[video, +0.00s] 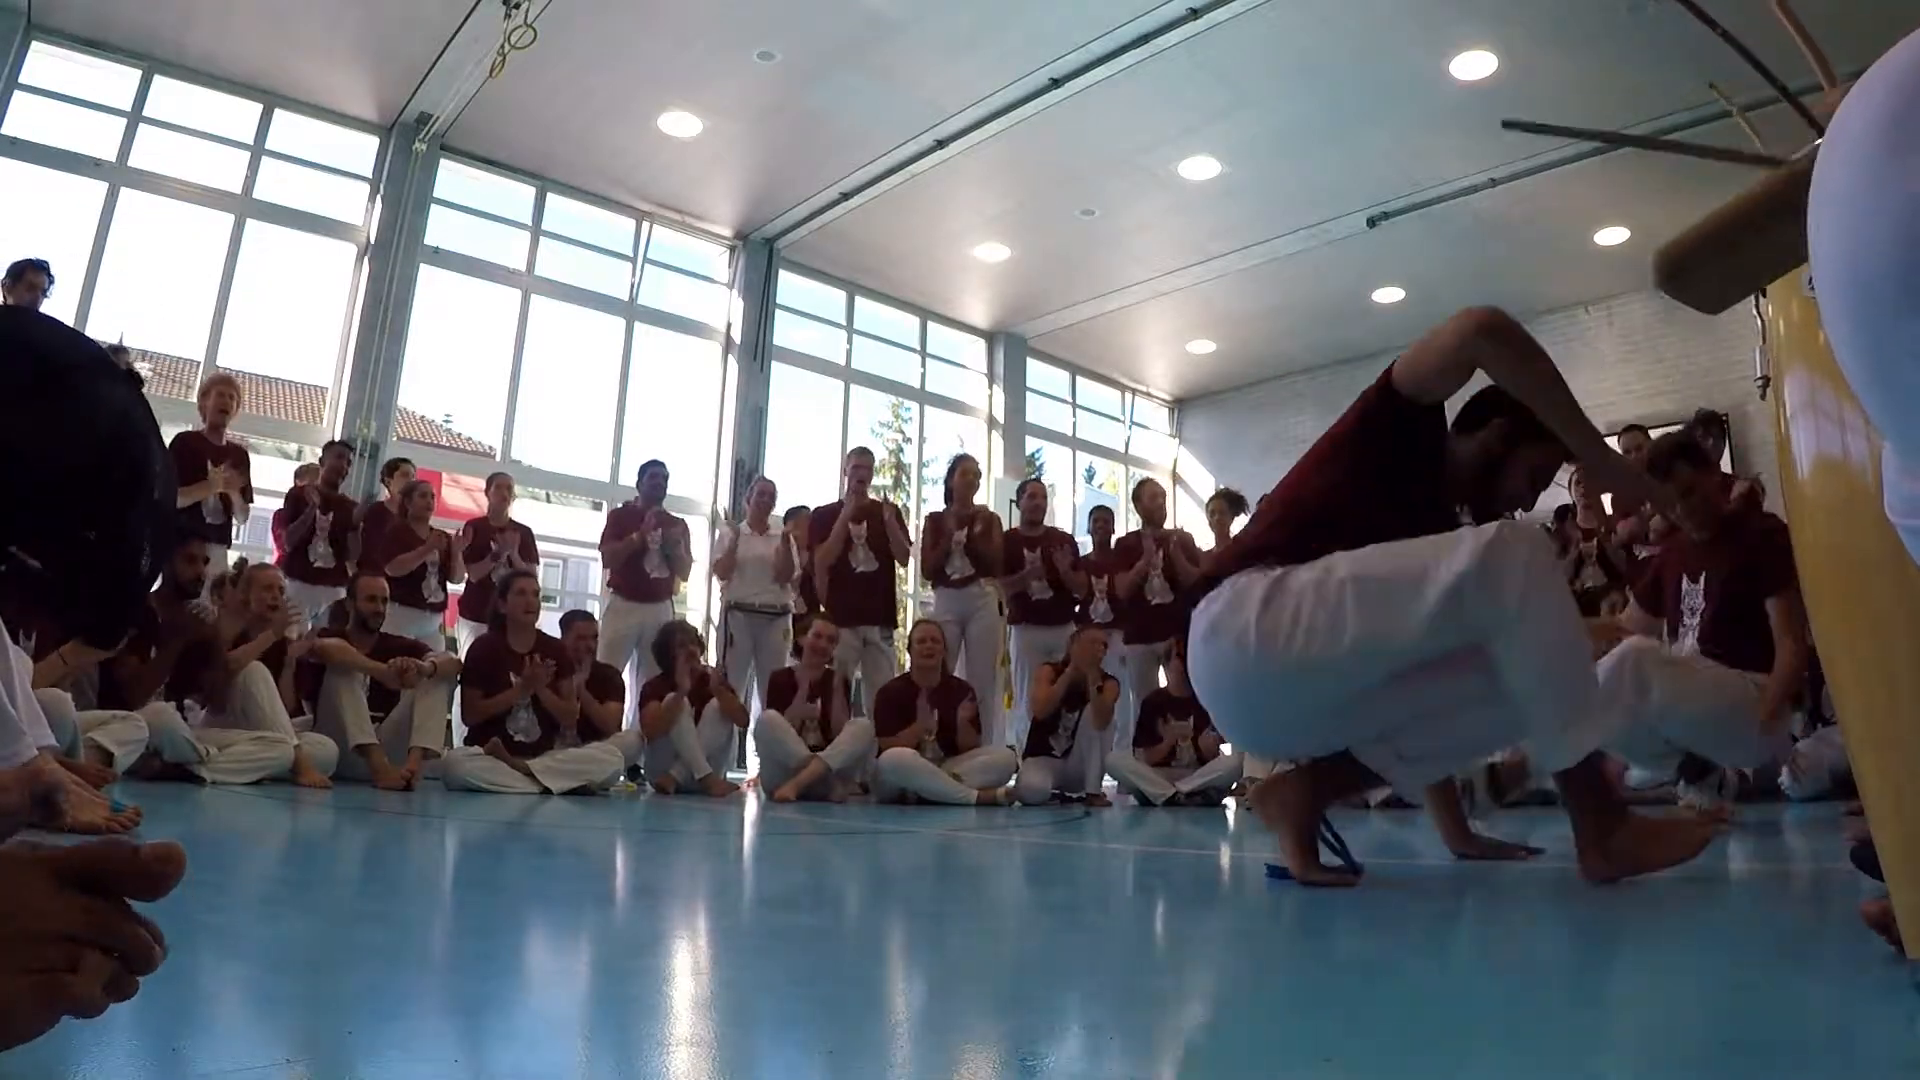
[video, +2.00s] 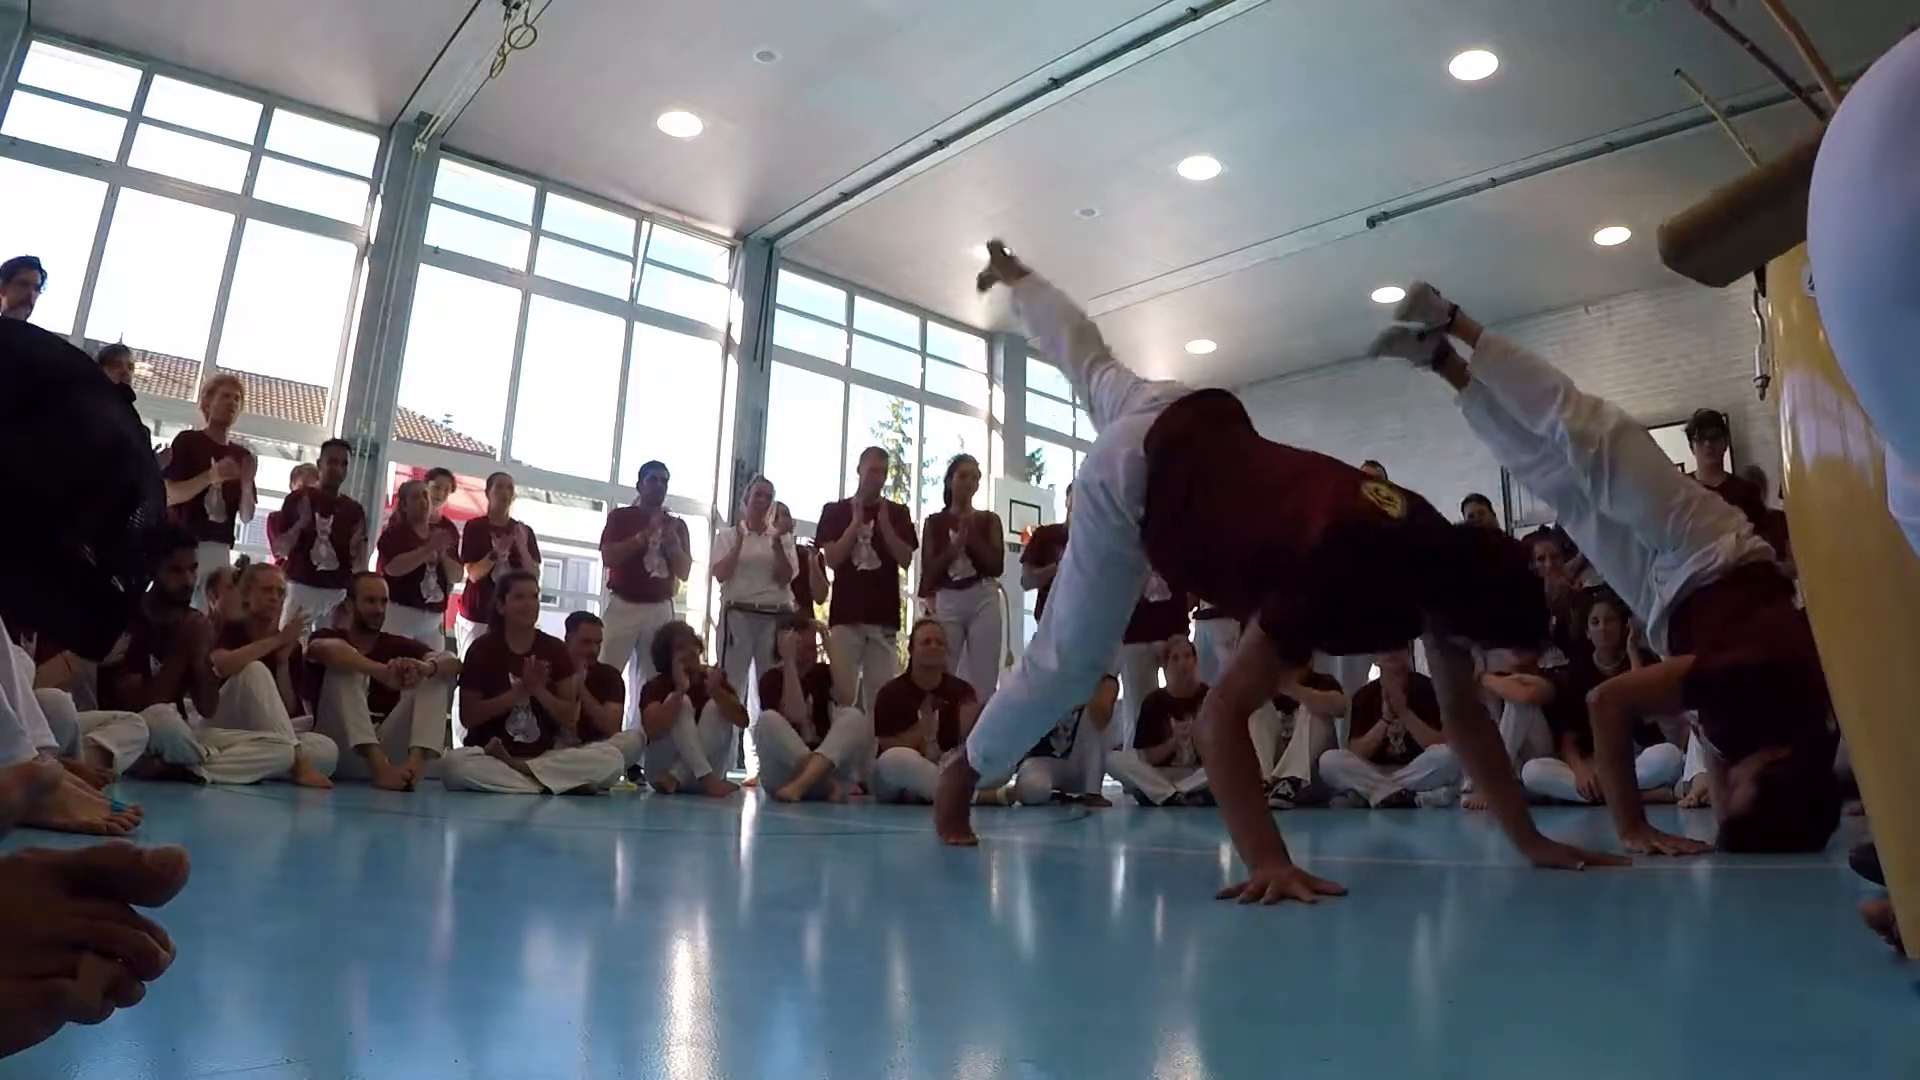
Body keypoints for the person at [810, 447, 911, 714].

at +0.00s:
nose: (861, 474)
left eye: (867, 469)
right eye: (856, 468)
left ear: (873, 474)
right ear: (845, 471)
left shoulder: (888, 512)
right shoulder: (823, 515)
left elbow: (904, 558)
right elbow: (823, 562)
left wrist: (890, 521)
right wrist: (846, 512)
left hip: (880, 620)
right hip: (841, 620)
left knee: (883, 701)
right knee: (837, 700)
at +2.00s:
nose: (875, 477)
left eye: (880, 471)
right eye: (870, 470)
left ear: (886, 475)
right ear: (858, 471)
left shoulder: (898, 512)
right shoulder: (835, 511)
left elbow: (905, 559)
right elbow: (832, 560)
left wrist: (884, 528)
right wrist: (854, 526)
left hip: (884, 618)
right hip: (846, 616)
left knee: (881, 699)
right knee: (844, 696)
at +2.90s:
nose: (879, 478)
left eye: (885, 472)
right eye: (874, 471)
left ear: (892, 476)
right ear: (864, 473)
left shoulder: (906, 515)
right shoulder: (842, 512)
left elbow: (912, 562)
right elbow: (832, 560)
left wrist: (880, 528)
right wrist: (863, 527)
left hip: (886, 615)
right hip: (847, 614)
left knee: (878, 695)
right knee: (846, 693)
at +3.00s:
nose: (877, 478)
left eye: (883, 472)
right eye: (873, 471)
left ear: (891, 476)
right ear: (863, 473)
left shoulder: (906, 516)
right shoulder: (841, 513)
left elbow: (912, 564)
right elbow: (830, 562)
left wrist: (884, 529)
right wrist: (860, 528)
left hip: (886, 616)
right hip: (846, 615)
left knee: (880, 694)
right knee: (848, 691)